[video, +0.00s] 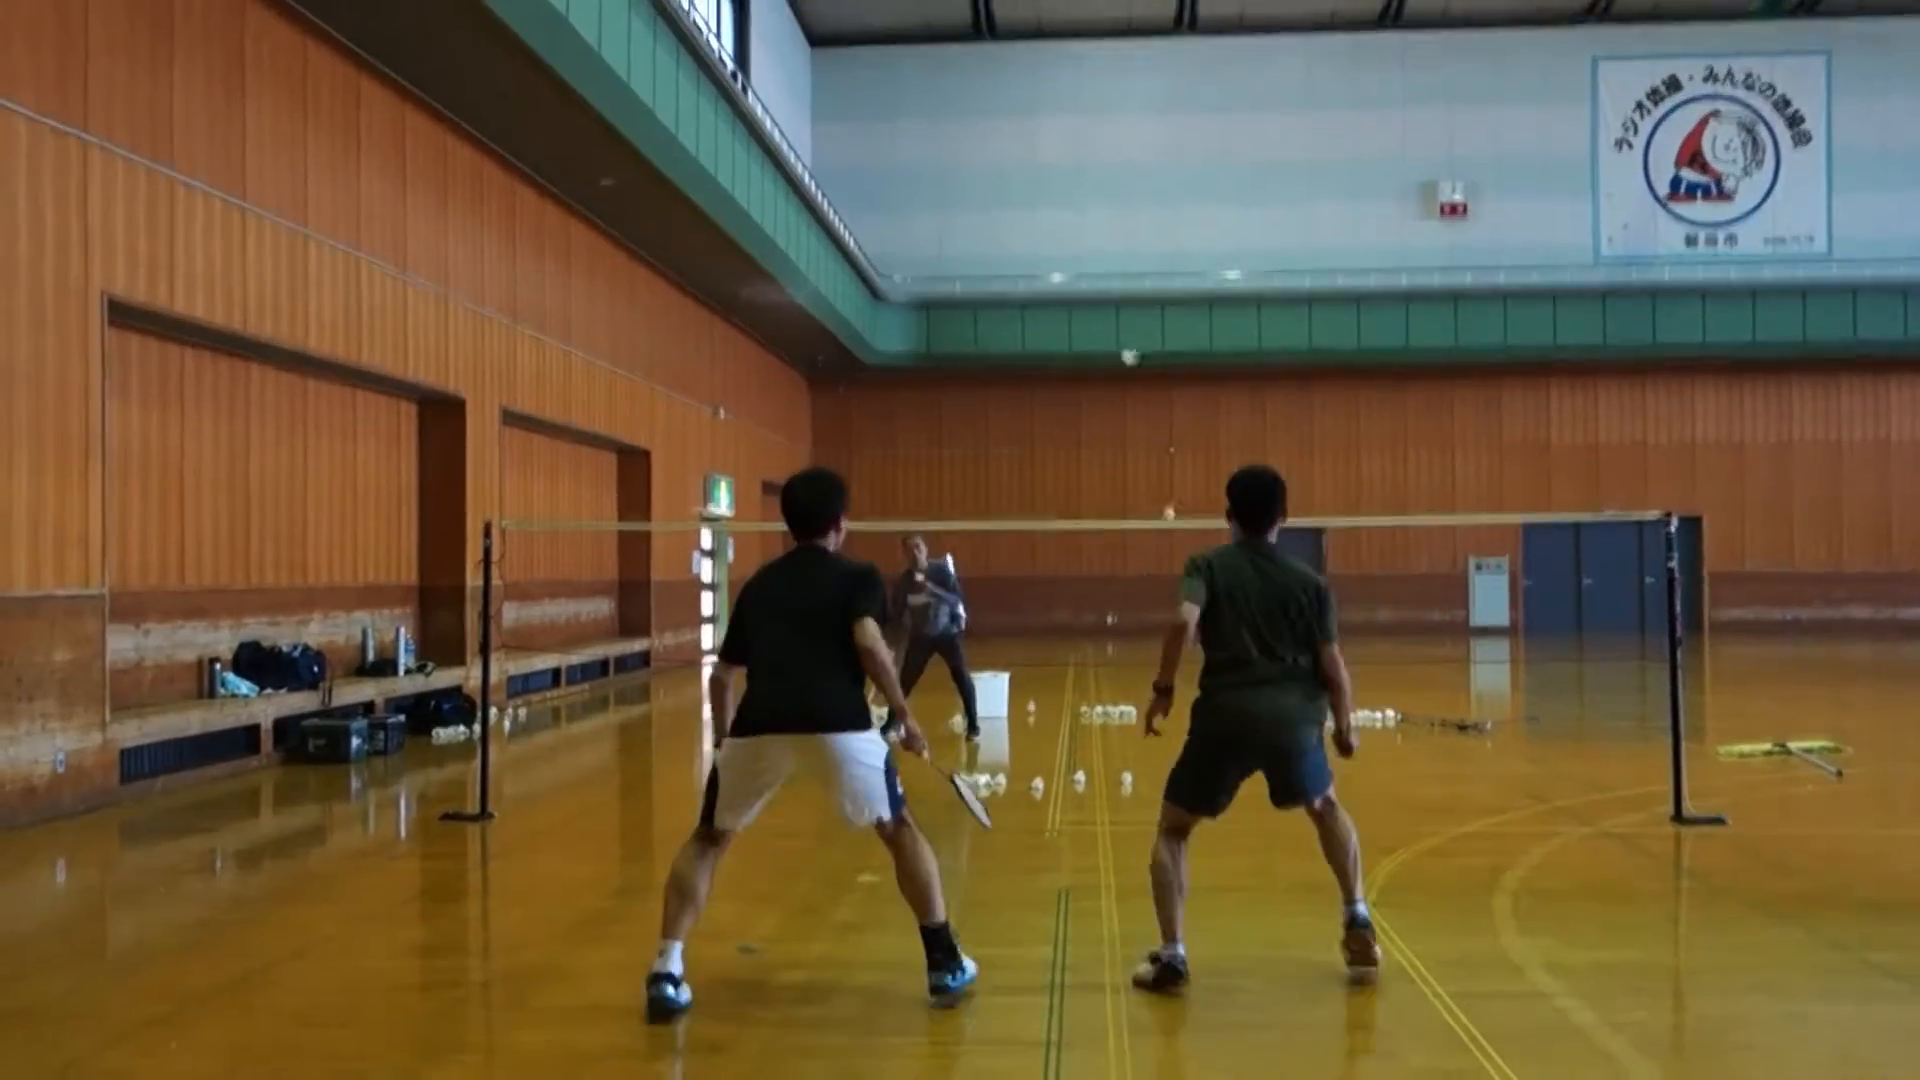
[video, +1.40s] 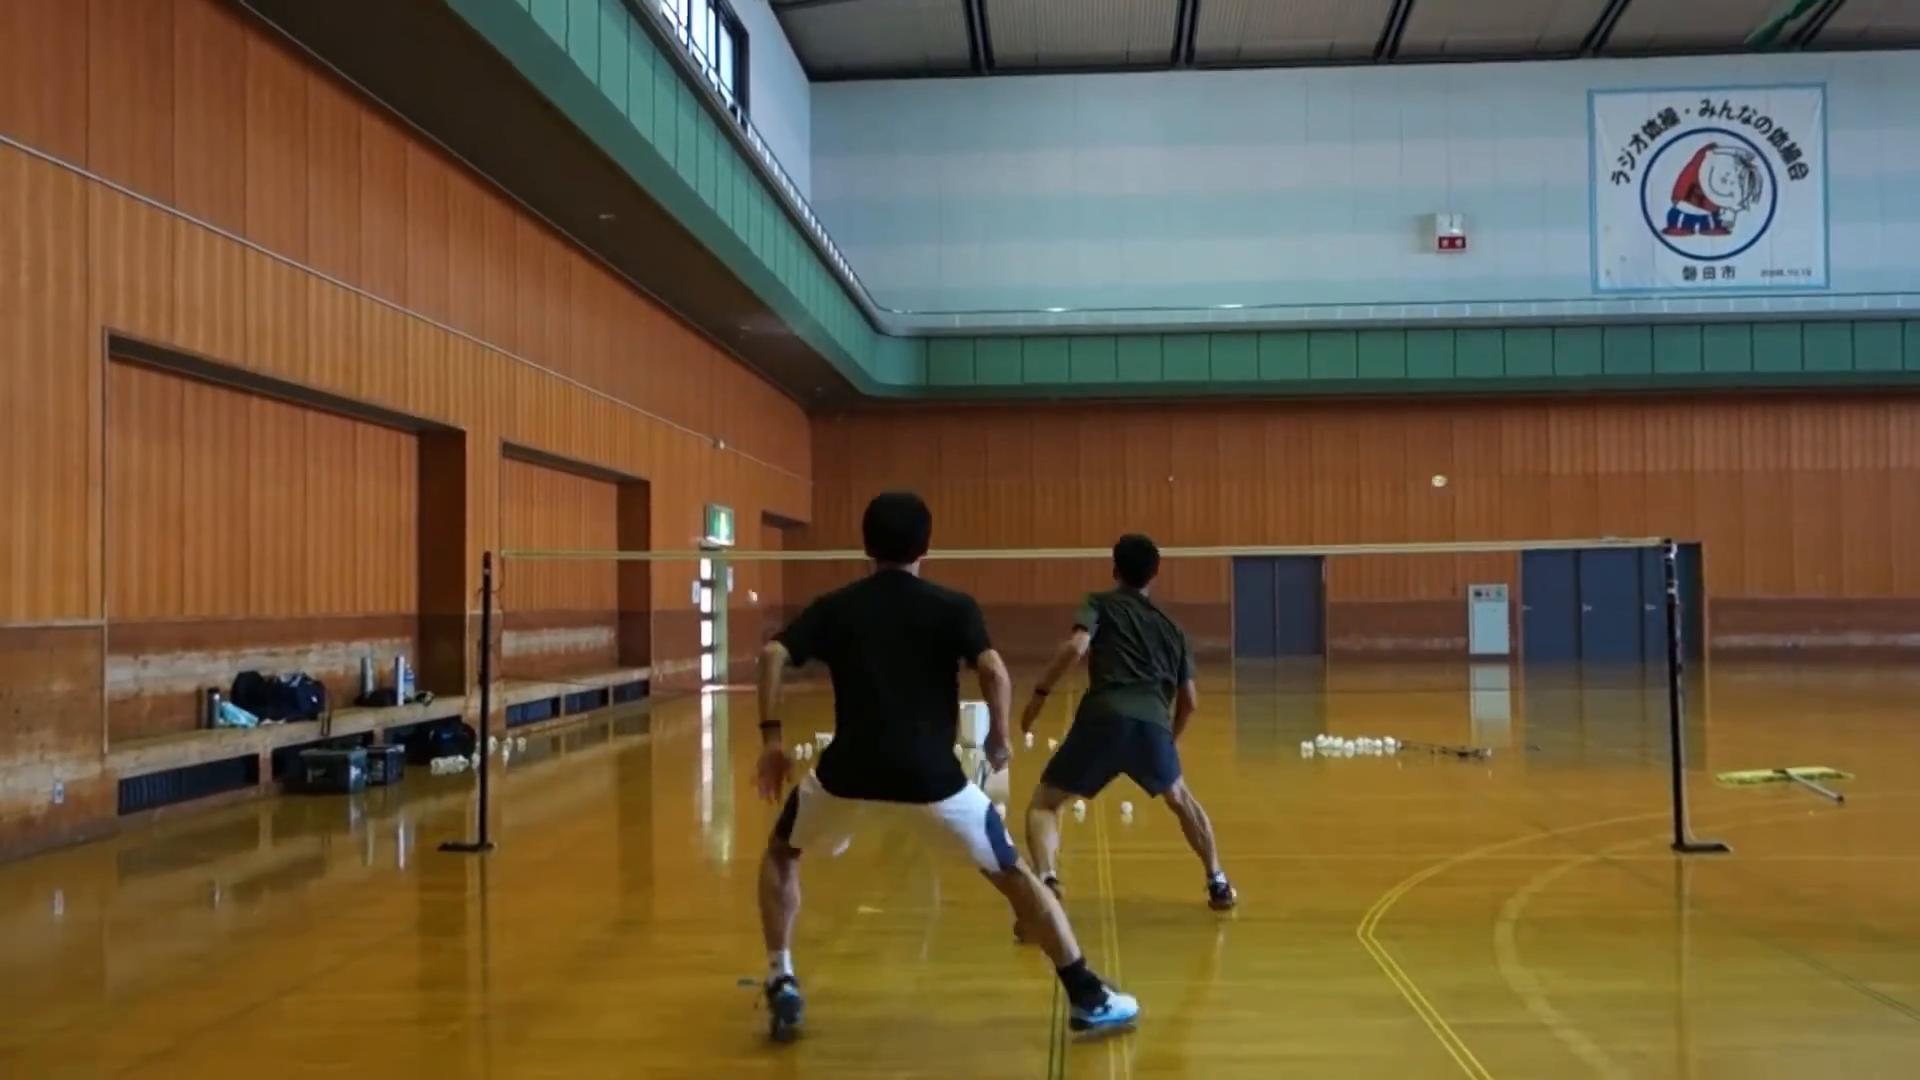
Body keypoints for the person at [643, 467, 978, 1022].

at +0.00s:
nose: (845, 528)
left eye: (841, 521)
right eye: (845, 521)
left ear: (788, 525)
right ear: (839, 524)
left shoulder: (759, 583)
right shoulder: (857, 576)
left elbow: (722, 676)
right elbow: (867, 642)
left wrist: (724, 744)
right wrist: (902, 712)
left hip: (762, 725)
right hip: (841, 724)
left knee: (707, 842)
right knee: (899, 831)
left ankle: (666, 971)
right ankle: (944, 960)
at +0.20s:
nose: (857, 543)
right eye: (856, 535)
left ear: (797, 539)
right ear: (854, 540)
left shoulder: (764, 609)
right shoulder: (877, 605)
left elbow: (722, 702)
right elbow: (912, 689)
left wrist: (697, 777)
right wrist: (938, 751)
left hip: (763, 777)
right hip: (851, 775)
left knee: (703, 866)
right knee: (935, 875)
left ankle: (641, 983)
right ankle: (976, 1005)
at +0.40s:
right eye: (894, 506)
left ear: (837, 513)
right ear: (896, 512)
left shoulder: (807, 584)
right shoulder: (932, 580)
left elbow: (748, 660)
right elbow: (973, 663)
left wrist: (736, 739)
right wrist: (993, 716)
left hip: (823, 753)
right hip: (909, 754)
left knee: (759, 858)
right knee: (970, 869)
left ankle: (723, 993)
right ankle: (987, 1013)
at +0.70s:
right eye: (899, 542)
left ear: (843, 549)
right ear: (901, 549)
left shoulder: (810, 619)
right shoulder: (929, 620)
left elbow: (764, 706)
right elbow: (958, 710)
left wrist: (747, 787)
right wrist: (974, 780)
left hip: (815, 795)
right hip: (901, 790)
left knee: (756, 906)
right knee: (992, 880)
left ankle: (692, 1037)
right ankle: (1064, 1009)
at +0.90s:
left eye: (890, 566)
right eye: (935, 563)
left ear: (888, 575)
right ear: (946, 573)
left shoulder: (859, 646)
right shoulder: (981, 640)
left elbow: (812, 731)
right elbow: (1031, 719)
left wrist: (792, 801)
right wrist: (1033, 758)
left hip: (871, 819)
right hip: (962, 814)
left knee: (797, 910)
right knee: (1044, 892)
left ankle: (709, 1022)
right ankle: (1096, 1027)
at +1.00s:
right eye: (958, 539)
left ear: (905, 547)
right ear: (964, 547)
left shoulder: (878, 617)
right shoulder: (999, 613)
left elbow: (826, 691)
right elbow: (1056, 679)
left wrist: (825, 766)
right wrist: (1051, 728)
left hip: (890, 788)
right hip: (976, 789)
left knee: (817, 890)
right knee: (1043, 893)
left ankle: (754, 1009)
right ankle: (1096, 1027)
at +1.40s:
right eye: (925, 540)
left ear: (868, 545)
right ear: (926, 547)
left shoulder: (838, 606)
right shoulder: (953, 607)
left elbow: (772, 655)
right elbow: (994, 672)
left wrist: (771, 740)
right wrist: (1000, 739)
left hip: (847, 772)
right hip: (931, 777)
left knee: (782, 853)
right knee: (1014, 875)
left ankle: (780, 981)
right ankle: (1088, 996)